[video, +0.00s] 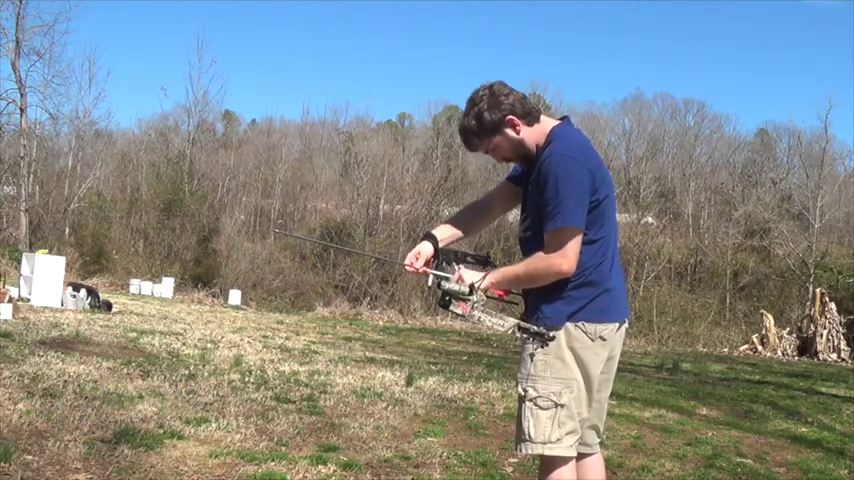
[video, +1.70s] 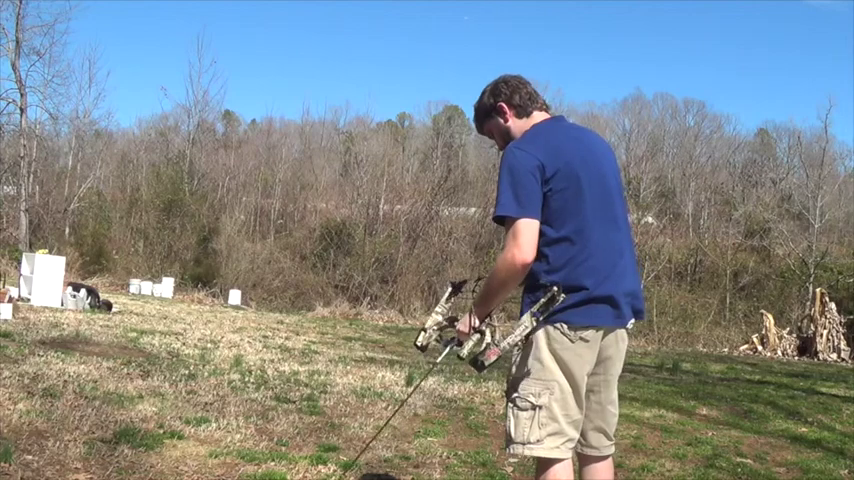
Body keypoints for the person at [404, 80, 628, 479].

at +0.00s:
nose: (496, 158)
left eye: (493, 148)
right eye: (489, 153)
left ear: (513, 123)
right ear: (516, 121)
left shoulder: (562, 157)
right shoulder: (549, 149)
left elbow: (562, 261)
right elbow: (492, 205)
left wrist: (488, 279)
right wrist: (433, 239)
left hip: (569, 319)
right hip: (590, 317)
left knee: (557, 450)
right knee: (585, 446)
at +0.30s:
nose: (495, 143)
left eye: (494, 131)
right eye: (489, 136)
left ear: (520, 110)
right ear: (524, 110)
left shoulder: (558, 156)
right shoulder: (568, 142)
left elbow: (545, 260)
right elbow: (514, 201)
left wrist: (473, 282)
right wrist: (469, 196)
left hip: (567, 320)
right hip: (600, 316)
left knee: (554, 451)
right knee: (587, 444)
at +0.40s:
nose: (494, 140)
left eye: (492, 127)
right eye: (489, 130)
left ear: (519, 108)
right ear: (525, 107)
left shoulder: (555, 153)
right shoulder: (580, 139)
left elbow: (536, 262)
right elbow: (566, 219)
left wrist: (466, 289)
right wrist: (508, 199)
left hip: (566, 317)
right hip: (604, 314)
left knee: (555, 450)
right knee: (587, 443)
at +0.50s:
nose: (494, 138)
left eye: (491, 125)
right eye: (487, 129)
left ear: (517, 106)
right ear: (524, 105)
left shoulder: (549, 153)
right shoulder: (583, 139)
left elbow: (529, 259)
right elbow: (585, 240)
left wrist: (460, 295)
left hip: (564, 320)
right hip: (605, 316)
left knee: (555, 451)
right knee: (588, 444)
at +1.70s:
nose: (499, 147)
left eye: (494, 136)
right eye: (492, 140)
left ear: (505, 111)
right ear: (541, 107)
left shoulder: (526, 151)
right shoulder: (596, 144)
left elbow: (520, 254)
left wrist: (477, 314)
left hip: (565, 311)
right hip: (618, 307)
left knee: (553, 450)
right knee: (598, 448)